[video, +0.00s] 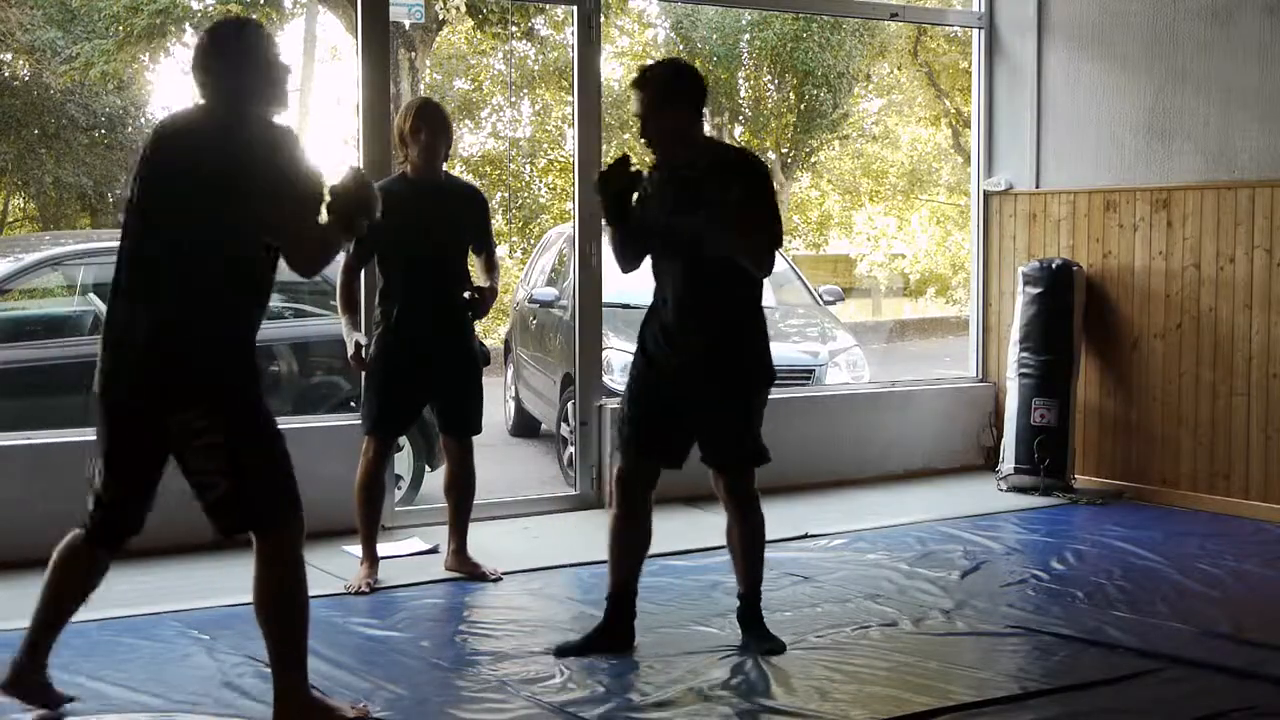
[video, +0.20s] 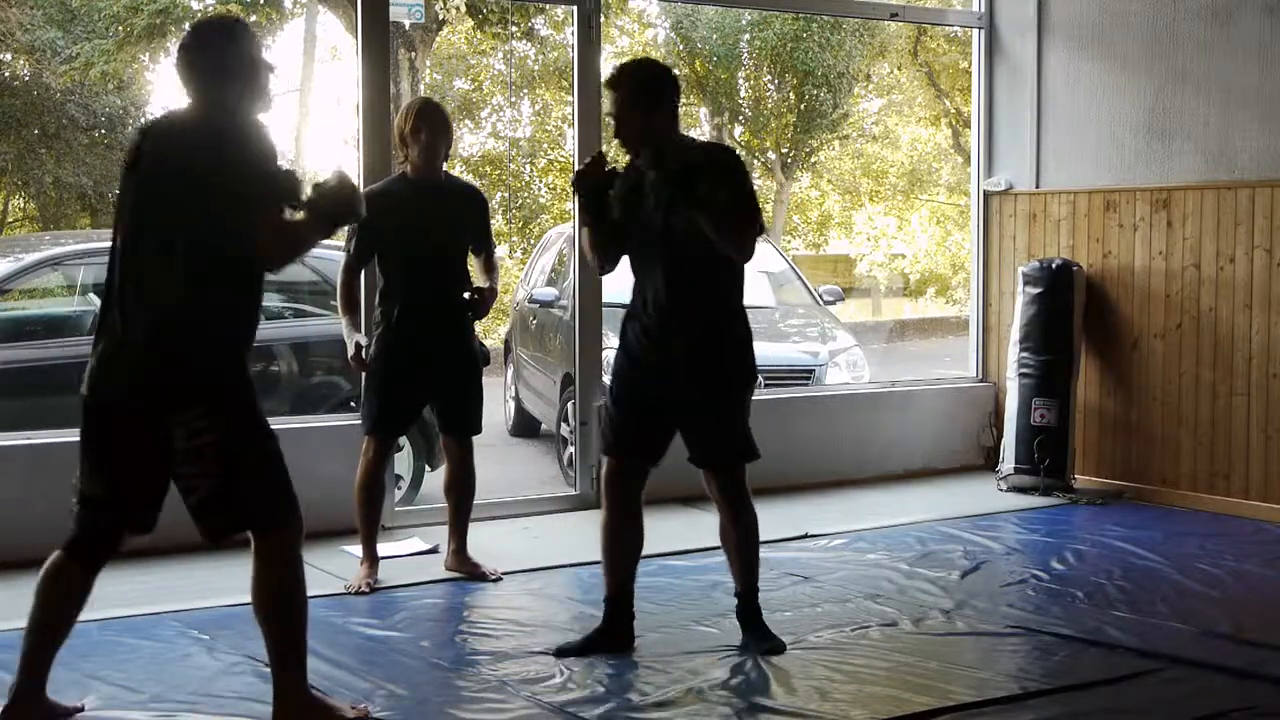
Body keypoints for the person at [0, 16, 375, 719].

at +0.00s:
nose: (287, 72)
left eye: (281, 60)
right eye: (276, 62)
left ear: (209, 72)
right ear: (250, 72)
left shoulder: (168, 136)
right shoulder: (268, 146)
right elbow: (308, 258)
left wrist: (323, 212)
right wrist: (348, 210)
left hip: (131, 366)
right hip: (211, 371)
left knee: (108, 523)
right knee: (279, 526)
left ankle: (28, 664)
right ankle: (293, 696)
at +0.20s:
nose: (269, 75)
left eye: (265, 62)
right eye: (260, 63)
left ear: (194, 72)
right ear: (234, 72)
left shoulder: (152, 138)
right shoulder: (242, 140)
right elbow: (269, 249)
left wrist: (294, 206)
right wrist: (326, 216)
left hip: (124, 372)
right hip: (204, 375)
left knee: (92, 535)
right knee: (277, 525)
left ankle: (25, 695)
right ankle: (293, 695)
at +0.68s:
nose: (239, 77)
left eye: (235, 64)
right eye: (232, 65)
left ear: (160, 67)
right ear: (213, 67)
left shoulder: (116, 127)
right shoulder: (211, 128)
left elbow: (116, 241)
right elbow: (236, 244)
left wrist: (258, 215)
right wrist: (287, 212)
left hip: (100, 370)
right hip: (181, 371)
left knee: (65, 539)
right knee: (252, 532)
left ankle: (20, 695)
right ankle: (291, 697)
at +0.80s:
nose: (245, 81)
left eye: (241, 67)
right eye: (238, 67)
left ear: (164, 70)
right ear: (217, 70)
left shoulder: (118, 128)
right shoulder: (211, 132)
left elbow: (140, 240)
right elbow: (233, 245)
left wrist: (261, 222)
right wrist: (288, 219)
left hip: (101, 370)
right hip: (181, 371)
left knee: (66, 542)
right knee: (263, 524)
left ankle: (20, 695)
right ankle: (294, 695)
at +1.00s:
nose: (267, 84)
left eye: (263, 70)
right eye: (259, 70)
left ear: (195, 77)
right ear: (236, 76)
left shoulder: (159, 139)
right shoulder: (230, 134)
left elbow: (222, 224)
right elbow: (270, 249)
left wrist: (275, 150)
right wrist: (329, 220)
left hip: (126, 376)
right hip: (200, 375)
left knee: (77, 545)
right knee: (305, 515)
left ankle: (22, 697)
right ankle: (319, 685)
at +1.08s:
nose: (284, 83)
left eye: (280, 71)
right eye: (273, 72)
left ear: (219, 82)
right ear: (246, 80)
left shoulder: (184, 145)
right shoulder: (254, 146)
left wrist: (306, 148)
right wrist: (307, 145)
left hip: (165, 373)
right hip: (231, 374)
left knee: (111, 540)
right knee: (321, 520)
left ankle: (33, 696)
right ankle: (317, 692)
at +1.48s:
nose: (350, 100)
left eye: (349, 89)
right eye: (347, 86)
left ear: (280, 78)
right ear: (334, 84)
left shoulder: (231, 138)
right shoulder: (353, 147)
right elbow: (405, 230)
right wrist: (481, 199)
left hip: (299, 352)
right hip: (372, 330)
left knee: (356, 530)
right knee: (500, 311)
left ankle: (356, 680)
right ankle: (610, 390)